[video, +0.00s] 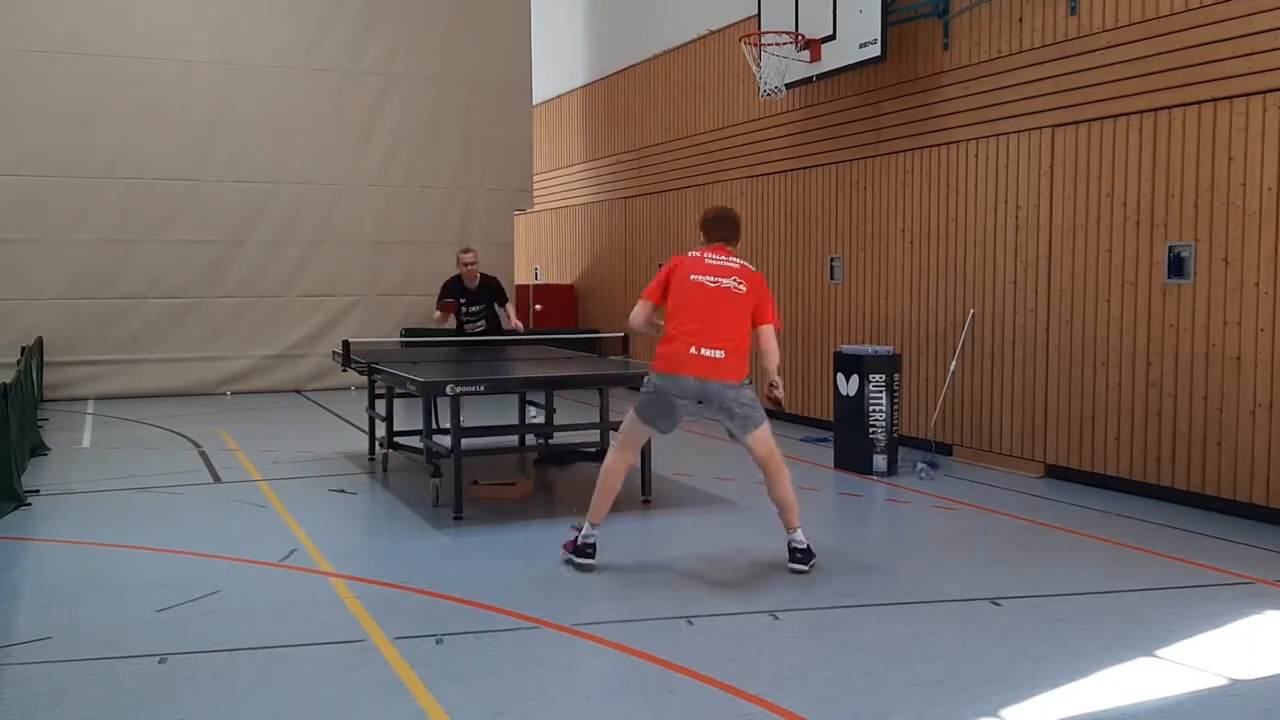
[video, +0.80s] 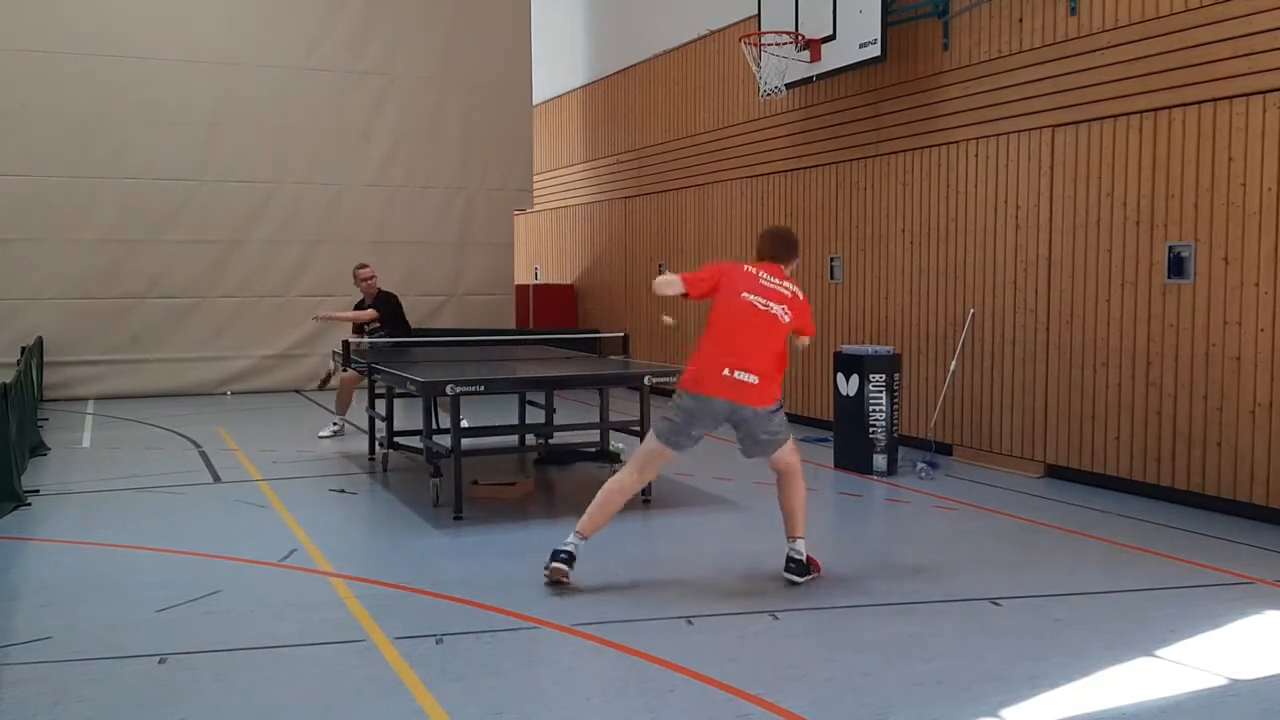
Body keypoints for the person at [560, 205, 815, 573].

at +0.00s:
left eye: (701, 236)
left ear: (701, 236)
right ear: (738, 239)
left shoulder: (678, 264)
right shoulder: (753, 277)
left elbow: (637, 320)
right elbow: (768, 348)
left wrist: (662, 327)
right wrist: (773, 377)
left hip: (671, 375)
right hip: (728, 380)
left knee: (624, 449)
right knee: (770, 460)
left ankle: (586, 537)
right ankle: (798, 543)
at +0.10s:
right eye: (751, 251)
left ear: (717, 249)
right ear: (753, 251)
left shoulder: (688, 277)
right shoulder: (761, 288)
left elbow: (659, 333)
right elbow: (765, 346)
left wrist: (682, 368)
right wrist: (781, 394)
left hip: (669, 385)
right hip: (725, 391)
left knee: (617, 464)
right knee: (772, 465)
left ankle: (572, 549)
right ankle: (794, 552)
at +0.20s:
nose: (764, 284)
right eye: (765, 278)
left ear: (728, 272)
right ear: (762, 279)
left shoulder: (699, 296)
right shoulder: (760, 307)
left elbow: (697, 356)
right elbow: (752, 367)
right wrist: (781, 425)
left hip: (663, 406)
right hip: (720, 412)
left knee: (608, 485)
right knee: (782, 466)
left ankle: (562, 558)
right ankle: (797, 555)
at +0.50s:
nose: (792, 323)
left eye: (793, 316)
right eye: (794, 317)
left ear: (759, 299)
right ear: (791, 313)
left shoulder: (721, 313)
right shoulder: (766, 331)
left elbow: (690, 368)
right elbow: (732, 386)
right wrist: (759, 443)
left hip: (648, 410)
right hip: (698, 415)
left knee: (599, 489)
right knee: (783, 459)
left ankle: (543, 552)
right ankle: (796, 559)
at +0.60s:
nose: (798, 322)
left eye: (799, 314)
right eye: (799, 314)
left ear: (765, 300)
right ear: (793, 310)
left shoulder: (725, 313)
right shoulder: (775, 336)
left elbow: (667, 333)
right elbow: (755, 406)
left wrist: (654, 360)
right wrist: (797, 457)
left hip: (659, 410)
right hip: (713, 419)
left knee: (600, 488)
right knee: (786, 463)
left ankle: (540, 553)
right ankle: (795, 559)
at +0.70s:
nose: (798, 305)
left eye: (800, 298)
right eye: (800, 297)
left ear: (764, 282)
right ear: (792, 291)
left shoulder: (721, 293)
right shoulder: (788, 326)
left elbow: (654, 313)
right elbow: (792, 403)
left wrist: (658, 326)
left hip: (678, 403)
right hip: (735, 413)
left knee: (613, 484)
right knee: (788, 464)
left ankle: (545, 552)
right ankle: (796, 555)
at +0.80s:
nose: (794, 270)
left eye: (794, 265)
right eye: (795, 264)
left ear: (757, 255)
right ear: (792, 264)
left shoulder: (729, 272)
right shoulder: (796, 298)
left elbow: (662, 287)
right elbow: (803, 342)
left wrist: (671, 277)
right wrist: (782, 315)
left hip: (702, 387)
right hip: (758, 398)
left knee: (636, 471)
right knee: (789, 467)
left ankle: (568, 549)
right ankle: (797, 556)